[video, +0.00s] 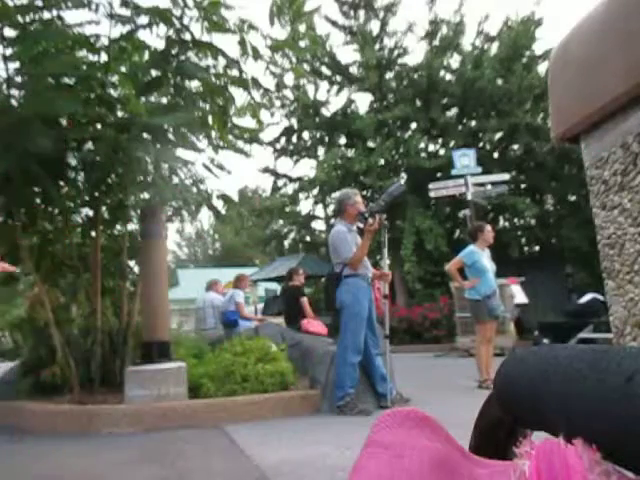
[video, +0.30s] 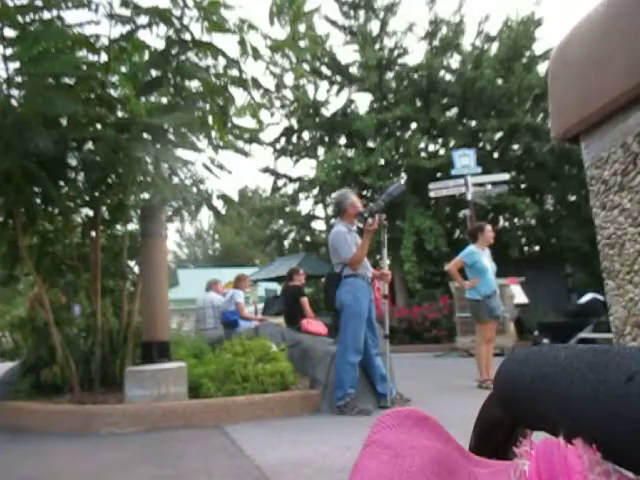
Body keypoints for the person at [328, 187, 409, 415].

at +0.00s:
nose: (363, 208)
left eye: (362, 204)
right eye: (359, 204)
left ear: (351, 207)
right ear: (347, 207)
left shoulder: (353, 232)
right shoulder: (339, 233)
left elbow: (359, 264)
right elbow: (353, 262)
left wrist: (376, 273)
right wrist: (368, 236)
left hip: (364, 285)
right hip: (352, 285)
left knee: (371, 344)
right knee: (351, 344)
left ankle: (386, 393)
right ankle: (345, 398)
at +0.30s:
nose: (361, 206)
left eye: (360, 202)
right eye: (357, 203)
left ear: (350, 208)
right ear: (347, 207)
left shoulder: (352, 232)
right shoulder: (339, 233)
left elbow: (358, 264)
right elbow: (354, 261)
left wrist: (375, 273)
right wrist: (368, 235)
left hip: (364, 285)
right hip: (352, 284)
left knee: (370, 344)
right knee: (351, 345)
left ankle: (387, 394)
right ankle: (344, 399)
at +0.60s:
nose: (359, 204)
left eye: (357, 200)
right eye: (355, 201)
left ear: (347, 208)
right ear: (346, 207)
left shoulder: (350, 232)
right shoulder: (338, 232)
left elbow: (357, 264)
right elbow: (354, 261)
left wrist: (374, 273)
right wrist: (367, 235)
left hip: (363, 284)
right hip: (352, 285)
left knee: (371, 344)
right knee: (351, 345)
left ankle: (387, 393)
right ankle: (344, 398)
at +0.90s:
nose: (358, 204)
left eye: (356, 200)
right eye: (354, 201)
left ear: (347, 208)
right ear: (345, 207)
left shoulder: (349, 232)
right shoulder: (338, 232)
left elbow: (356, 265)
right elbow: (353, 261)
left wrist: (373, 273)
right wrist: (367, 234)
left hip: (362, 284)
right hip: (351, 284)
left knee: (371, 344)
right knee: (351, 344)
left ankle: (387, 393)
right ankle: (344, 398)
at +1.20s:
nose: (358, 204)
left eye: (356, 200)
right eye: (354, 201)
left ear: (345, 208)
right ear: (346, 207)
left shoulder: (348, 232)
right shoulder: (338, 232)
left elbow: (355, 265)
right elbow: (353, 261)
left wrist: (373, 273)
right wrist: (367, 234)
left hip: (362, 284)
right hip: (351, 284)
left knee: (370, 344)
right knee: (351, 344)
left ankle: (386, 393)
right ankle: (344, 397)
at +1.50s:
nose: (358, 204)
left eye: (356, 200)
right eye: (354, 201)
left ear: (345, 208)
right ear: (345, 207)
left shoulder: (348, 232)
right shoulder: (337, 232)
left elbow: (355, 265)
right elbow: (353, 261)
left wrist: (373, 273)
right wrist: (367, 234)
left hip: (361, 284)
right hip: (351, 284)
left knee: (370, 344)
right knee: (351, 345)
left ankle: (386, 393)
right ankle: (344, 397)